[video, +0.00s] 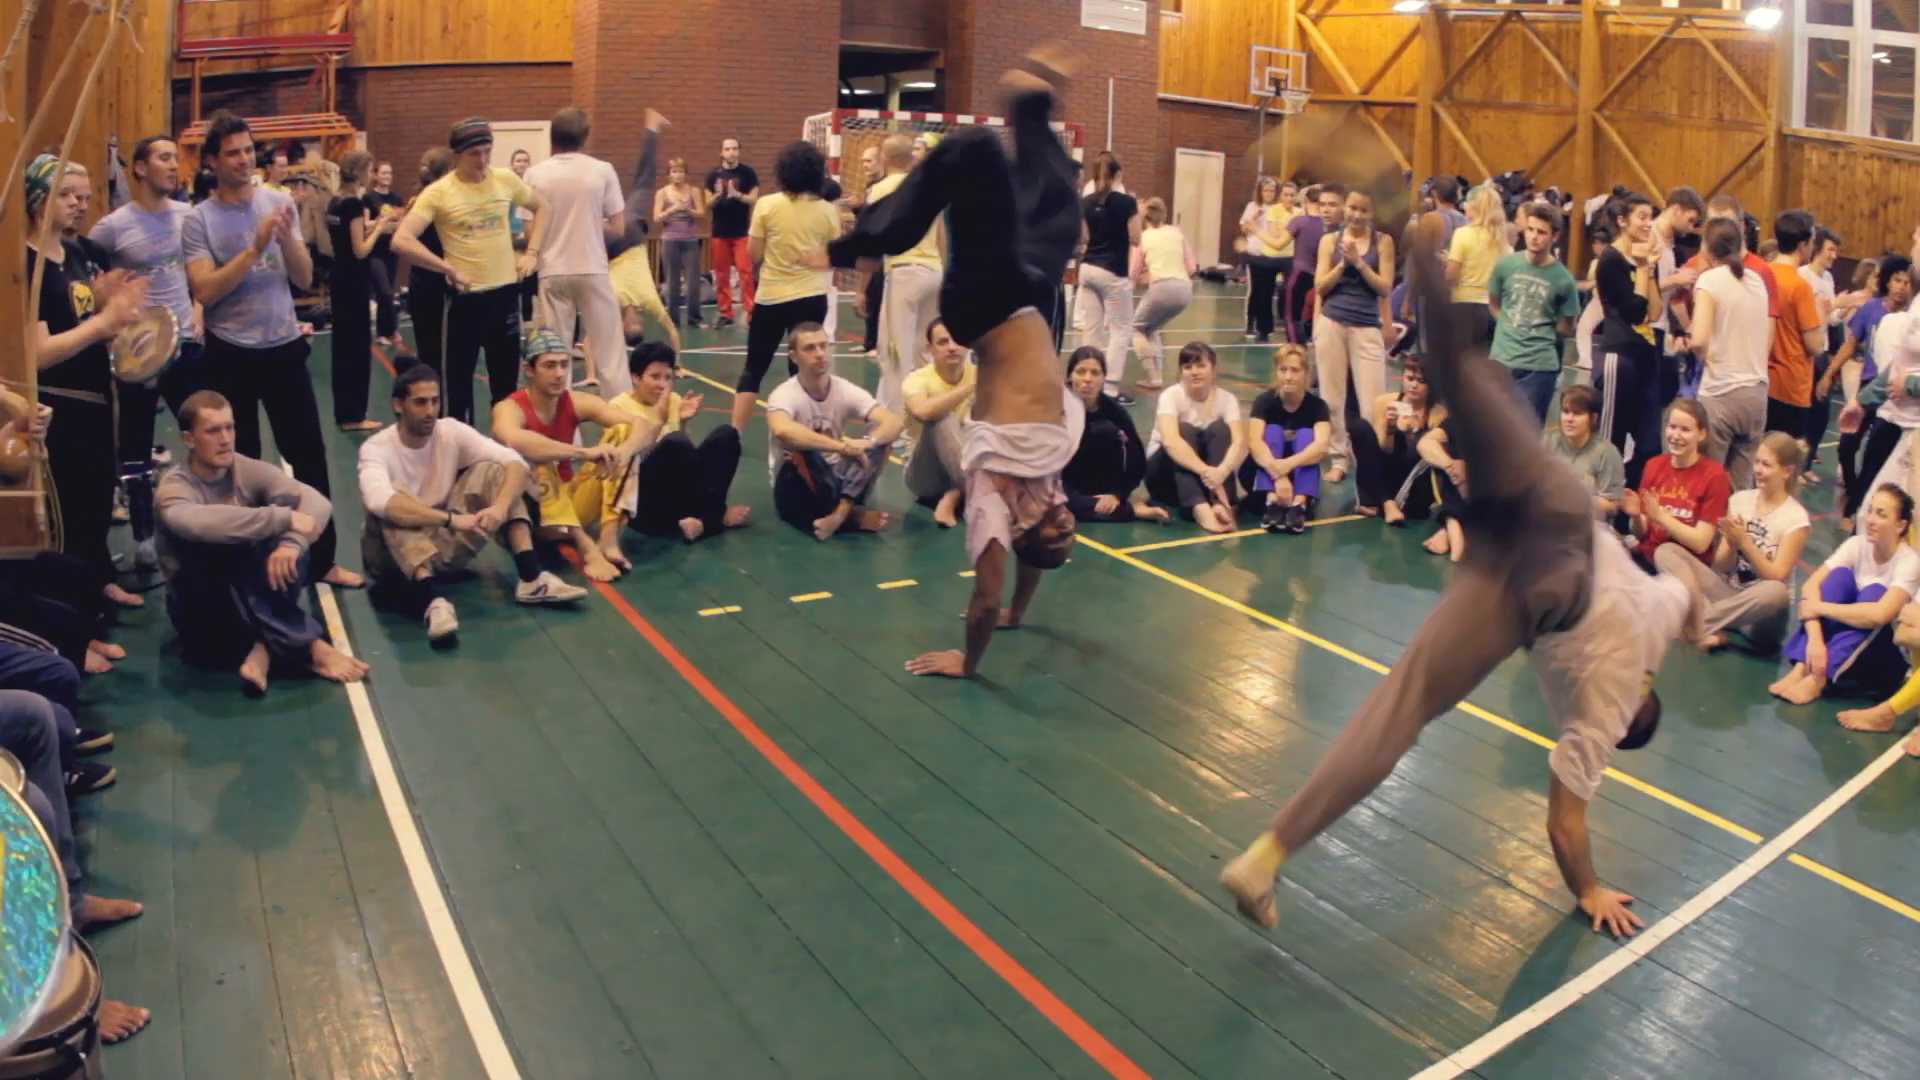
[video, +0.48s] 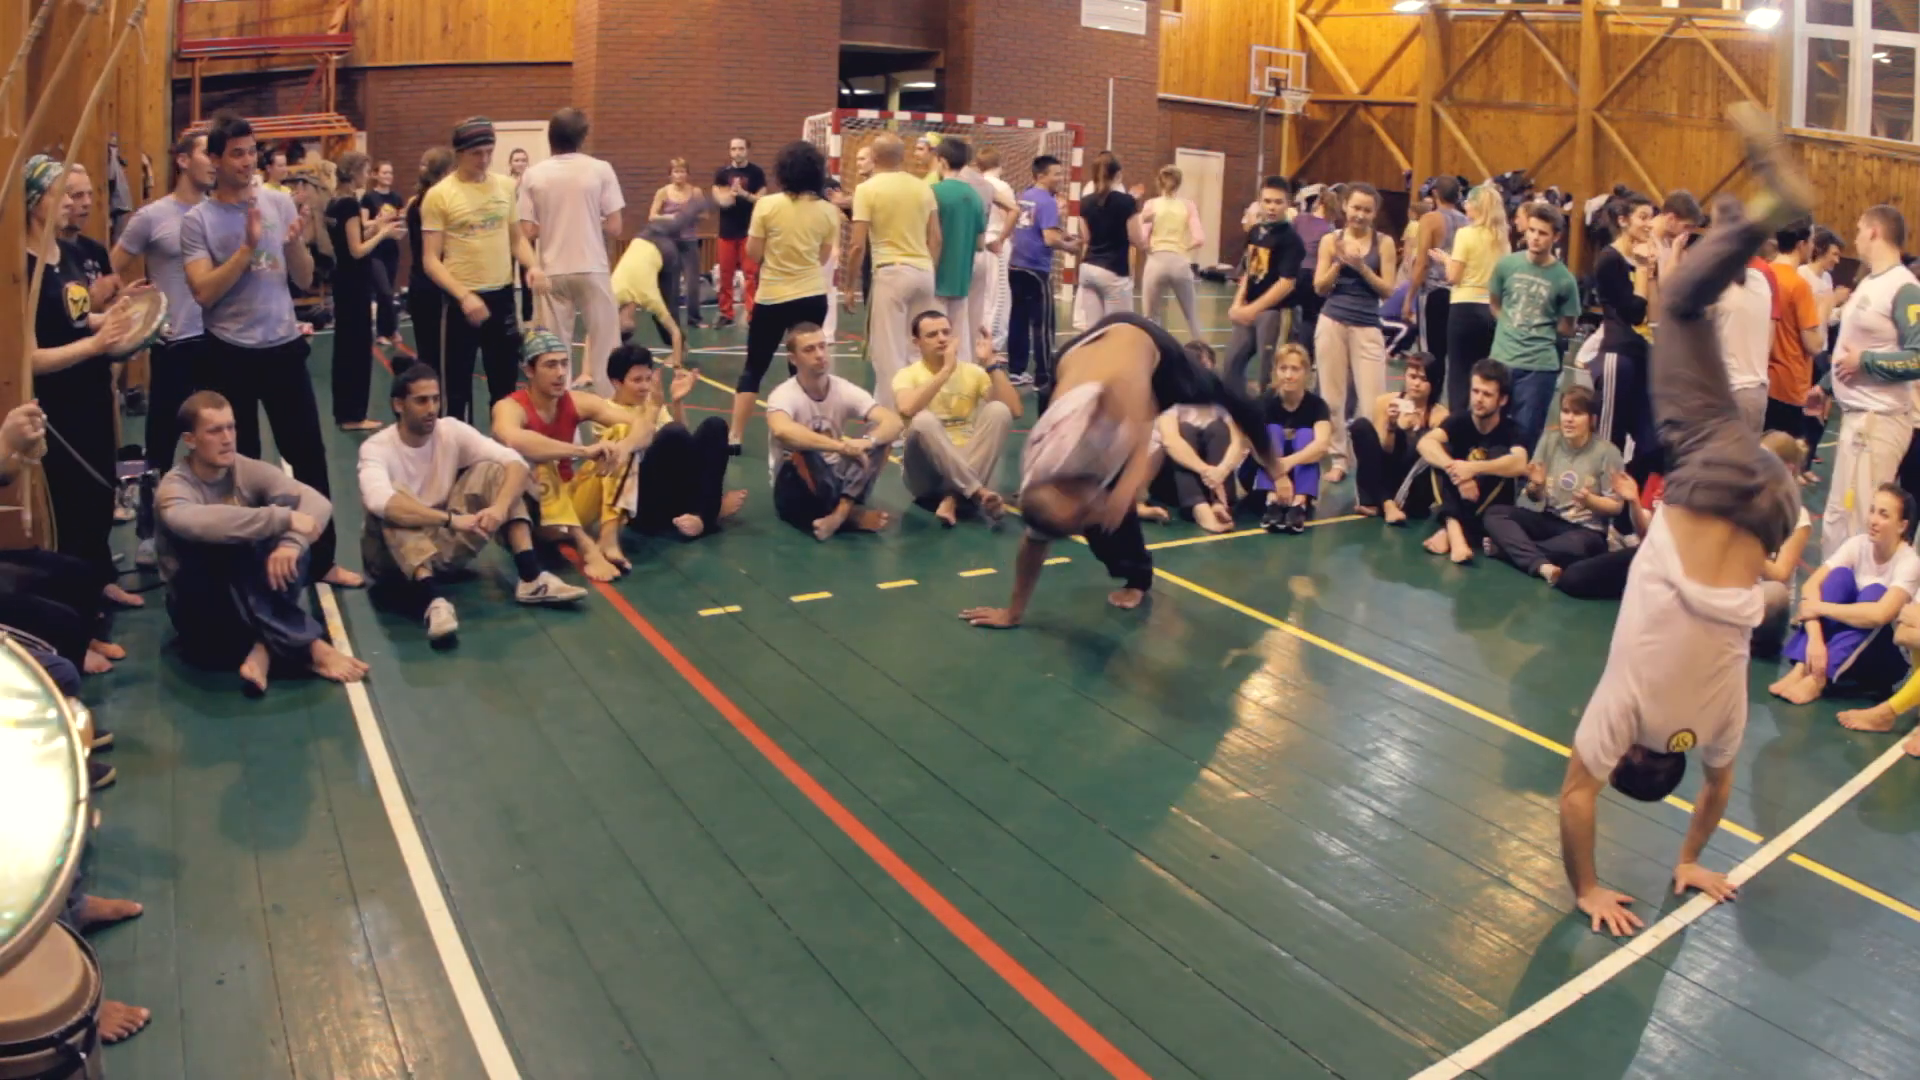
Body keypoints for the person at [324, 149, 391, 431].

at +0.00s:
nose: (372, 176)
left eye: (372, 171)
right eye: (370, 171)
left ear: (346, 172)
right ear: (361, 174)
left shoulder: (335, 203)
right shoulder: (354, 205)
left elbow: (342, 244)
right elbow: (360, 249)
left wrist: (368, 226)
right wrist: (379, 229)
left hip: (340, 278)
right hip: (356, 280)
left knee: (345, 342)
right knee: (357, 344)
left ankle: (346, 412)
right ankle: (352, 415)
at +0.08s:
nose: (374, 177)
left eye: (374, 171)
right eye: (371, 172)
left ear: (348, 172)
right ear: (360, 174)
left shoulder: (336, 203)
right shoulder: (353, 205)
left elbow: (352, 241)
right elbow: (360, 248)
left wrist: (376, 225)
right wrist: (383, 227)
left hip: (342, 278)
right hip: (354, 281)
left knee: (347, 342)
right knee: (357, 343)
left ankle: (347, 412)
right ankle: (352, 415)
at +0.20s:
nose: (372, 176)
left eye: (372, 171)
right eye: (369, 171)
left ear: (347, 172)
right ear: (358, 173)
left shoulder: (335, 203)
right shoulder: (353, 205)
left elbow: (348, 243)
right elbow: (361, 248)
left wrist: (372, 226)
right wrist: (379, 226)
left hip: (342, 278)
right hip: (356, 281)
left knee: (347, 342)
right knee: (358, 344)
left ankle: (347, 412)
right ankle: (352, 415)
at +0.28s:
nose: (373, 177)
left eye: (373, 171)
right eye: (370, 171)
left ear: (347, 172)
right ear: (358, 173)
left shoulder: (335, 204)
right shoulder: (352, 206)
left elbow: (348, 244)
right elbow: (360, 248)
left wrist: (372, 224)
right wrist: (378, 225)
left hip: (343, 278)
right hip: (356, 280)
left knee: (348, 342)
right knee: (358, 343)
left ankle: (347, 412)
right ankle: (353, 415)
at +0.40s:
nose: (371, 177)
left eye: (371, 171)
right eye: (369, 171)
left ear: (345, 173)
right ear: (356, 173)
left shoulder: (335, 204)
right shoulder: (350, 205)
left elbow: (350, 243)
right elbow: (359, 249)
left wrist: (375, 226)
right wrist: (382, 229)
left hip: (344, 278)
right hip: (356, 281)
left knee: (349, 342)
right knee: (358, 343)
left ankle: (347, 412)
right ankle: (352, 415)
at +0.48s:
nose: (371, 177)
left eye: (370, 171)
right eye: (368, 171)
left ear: (345, 173)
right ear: (356, 174)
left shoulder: (336, 204)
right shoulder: (350, 205)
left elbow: (351, 241)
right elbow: (357, 249)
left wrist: (374, 227)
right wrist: (383, 233)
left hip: (345, 277)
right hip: (355, 280)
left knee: (349, 341)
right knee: (358, 343)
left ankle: (346, 411)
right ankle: (352, 415)